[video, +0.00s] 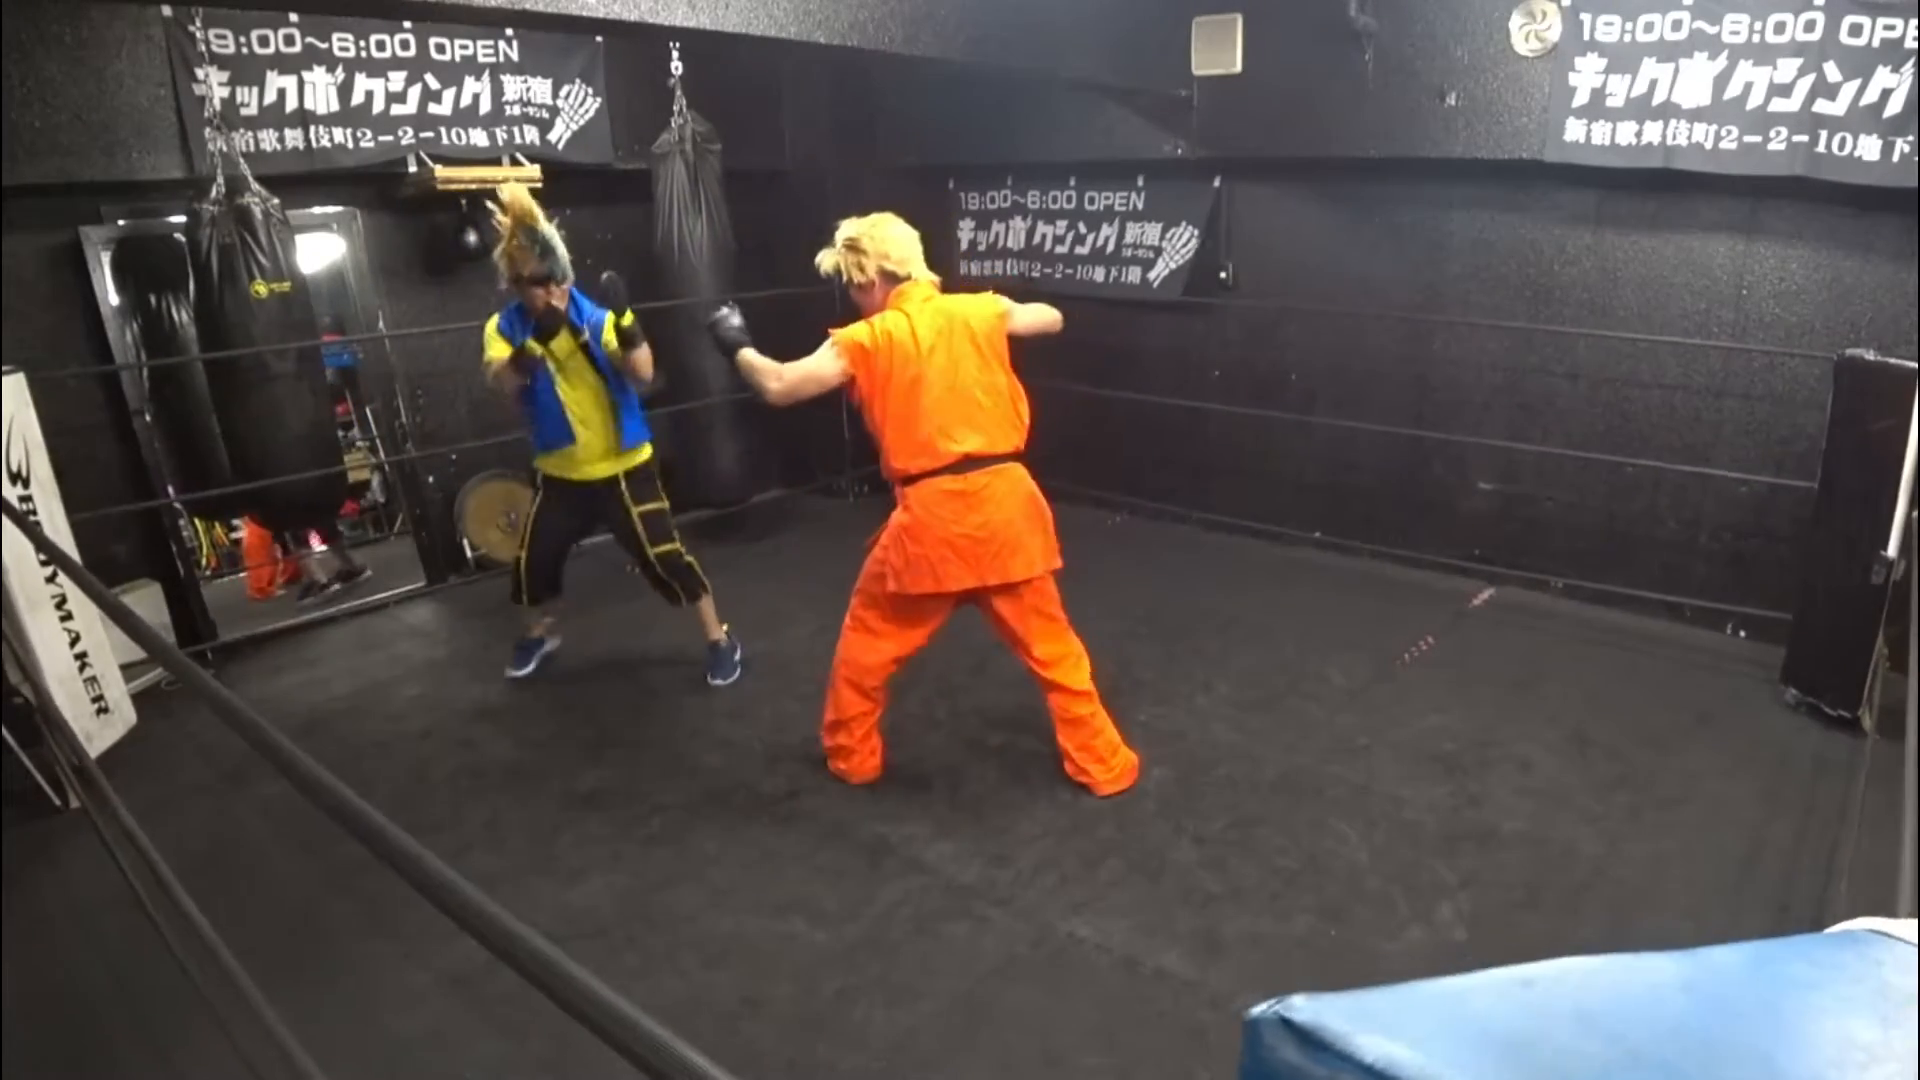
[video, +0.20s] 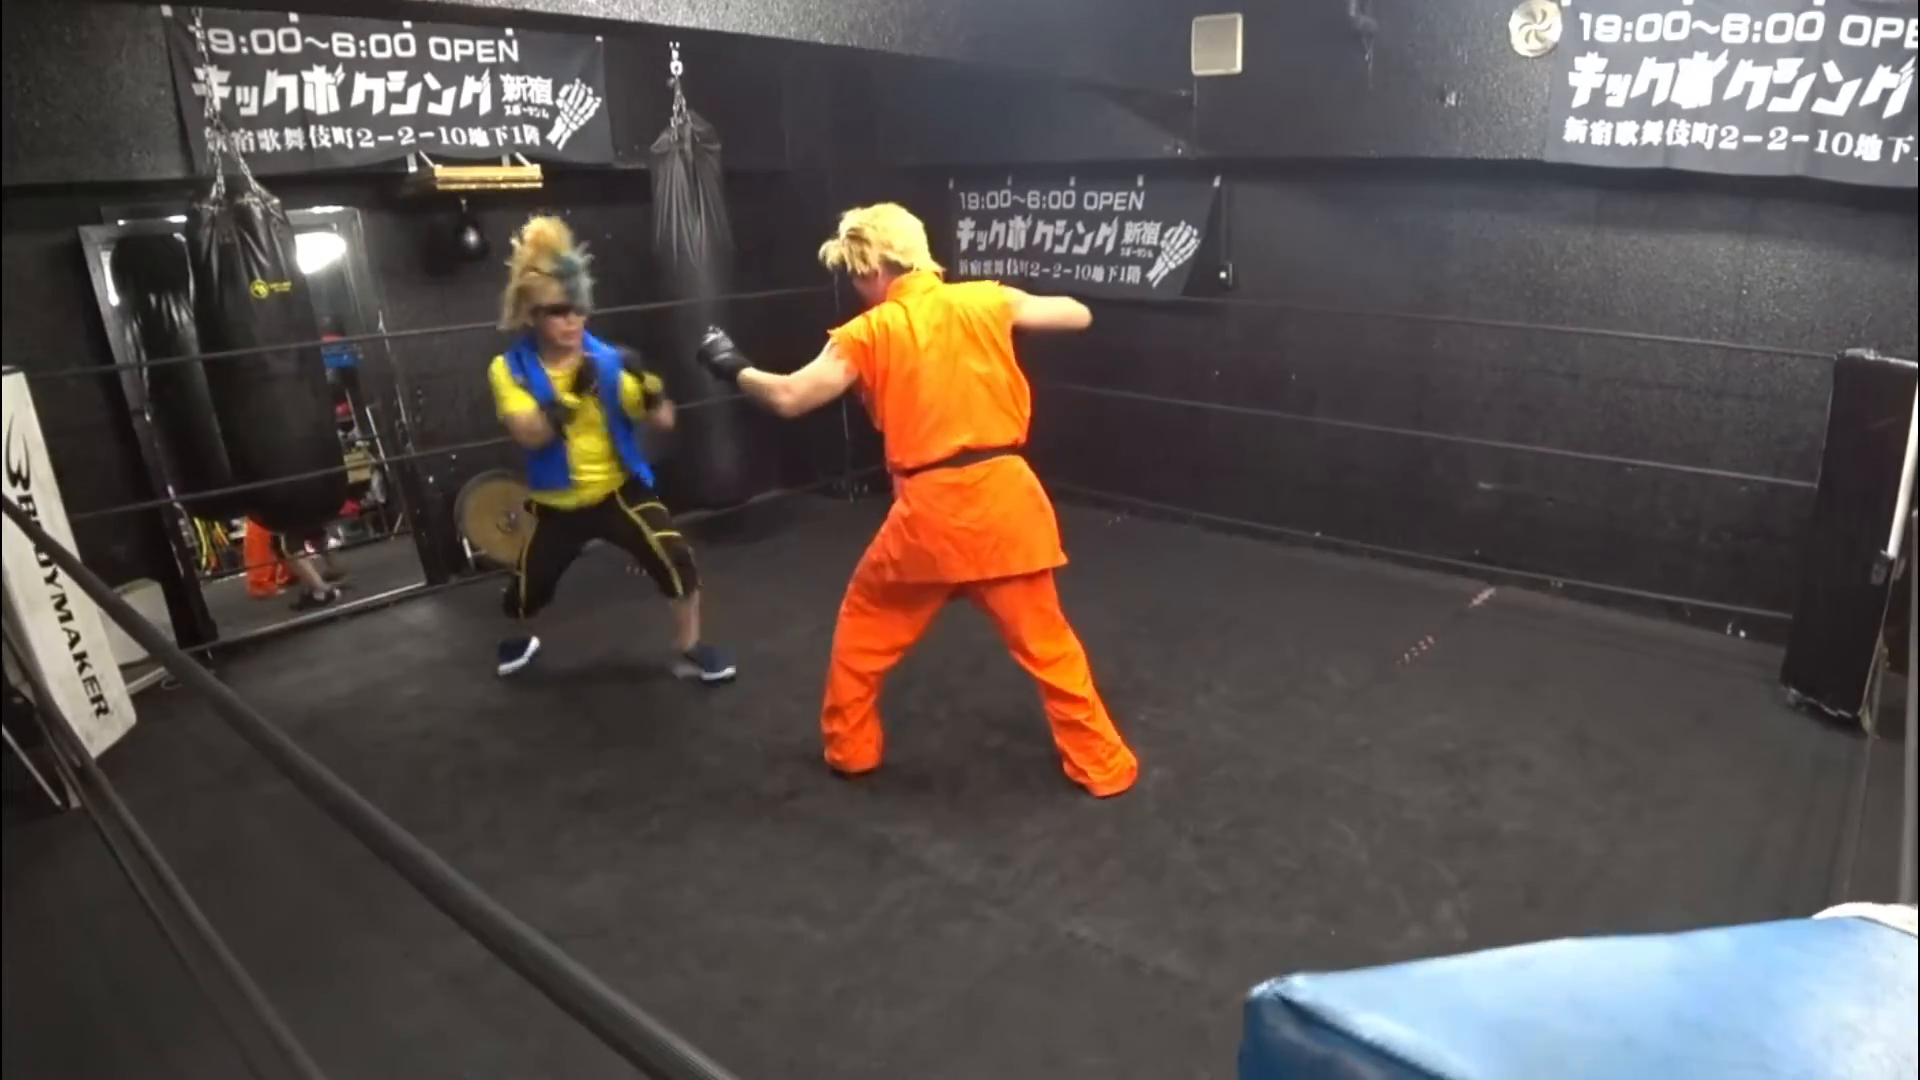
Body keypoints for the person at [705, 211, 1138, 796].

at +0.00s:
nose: (852, 298)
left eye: (854, 285)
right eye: (850, 286)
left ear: (875, 278)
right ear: (914, 269)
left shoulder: (865, 338)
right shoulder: (981, 309)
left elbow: (779, 385)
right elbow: (1052, 318)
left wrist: (738, 345)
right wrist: (991, 315)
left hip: (931, 514)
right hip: (1010, 497)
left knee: (872, 629)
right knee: (1050, 637)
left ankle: (853, 755)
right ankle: (1103, 765)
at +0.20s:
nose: (857, 288)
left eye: (859, 274)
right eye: (855, 275)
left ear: (880, 266)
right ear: (919, 258)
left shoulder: (868, 332)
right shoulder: (986, 299)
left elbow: (790, 398)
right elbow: (1078, 315)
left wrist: (734, 368)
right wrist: (1014, 304)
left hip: (929, 509)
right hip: (1009, 493)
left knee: (868, 613)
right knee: (1046, 635)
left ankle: (851, 746)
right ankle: (1103, 765)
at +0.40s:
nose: (845, 288)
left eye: (847, 275)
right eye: (843, 276)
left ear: (870, 266)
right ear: (909, 258)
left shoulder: (857, 332)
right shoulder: (976, 309)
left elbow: (769, 383)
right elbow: (1074, 342)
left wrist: (716, 362)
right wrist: (1008, 334)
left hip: (926, 509)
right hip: (1004, 493)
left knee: (871, 629)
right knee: (1035, 635)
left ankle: (851, 753)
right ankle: (1100, 760)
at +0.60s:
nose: (850, 271)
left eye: (850, 258)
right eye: (847, 259)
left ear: (870, 248)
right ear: (913, 237)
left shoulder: (873, 298)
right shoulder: (973, 275)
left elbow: (897, 331)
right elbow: (1069, 294)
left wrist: (880, 395)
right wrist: (1077, 381)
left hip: (953, 481)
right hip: (1026, 465)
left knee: (898, 628)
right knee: (1049, 625)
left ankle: (862, 752)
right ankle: (1098, 760)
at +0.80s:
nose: (874, 281)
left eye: (875, 267)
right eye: (870, 268)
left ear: (897, 253)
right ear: (938, 249)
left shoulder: (910, 307)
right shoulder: (999, 301)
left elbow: (920, 398)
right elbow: (1070, 371)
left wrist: (859, 399)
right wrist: (1016, 422)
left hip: (979, 500)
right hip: (1047, 485)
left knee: (917, 640)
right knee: (1063, 641)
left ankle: (915, 772)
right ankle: (1102, 761)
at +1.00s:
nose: (930, 292)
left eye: (931, 278)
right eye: (927, 279)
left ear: (952, 270)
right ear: (990, 261)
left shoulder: (945, 352)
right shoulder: (1044, 321)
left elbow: (942, 463)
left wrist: (893, 440)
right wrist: (924, 405)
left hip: (994, 528)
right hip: (1066, 515)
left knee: (913, 642)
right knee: (1052, 648)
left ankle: (912, 771)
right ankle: (1103, 763)